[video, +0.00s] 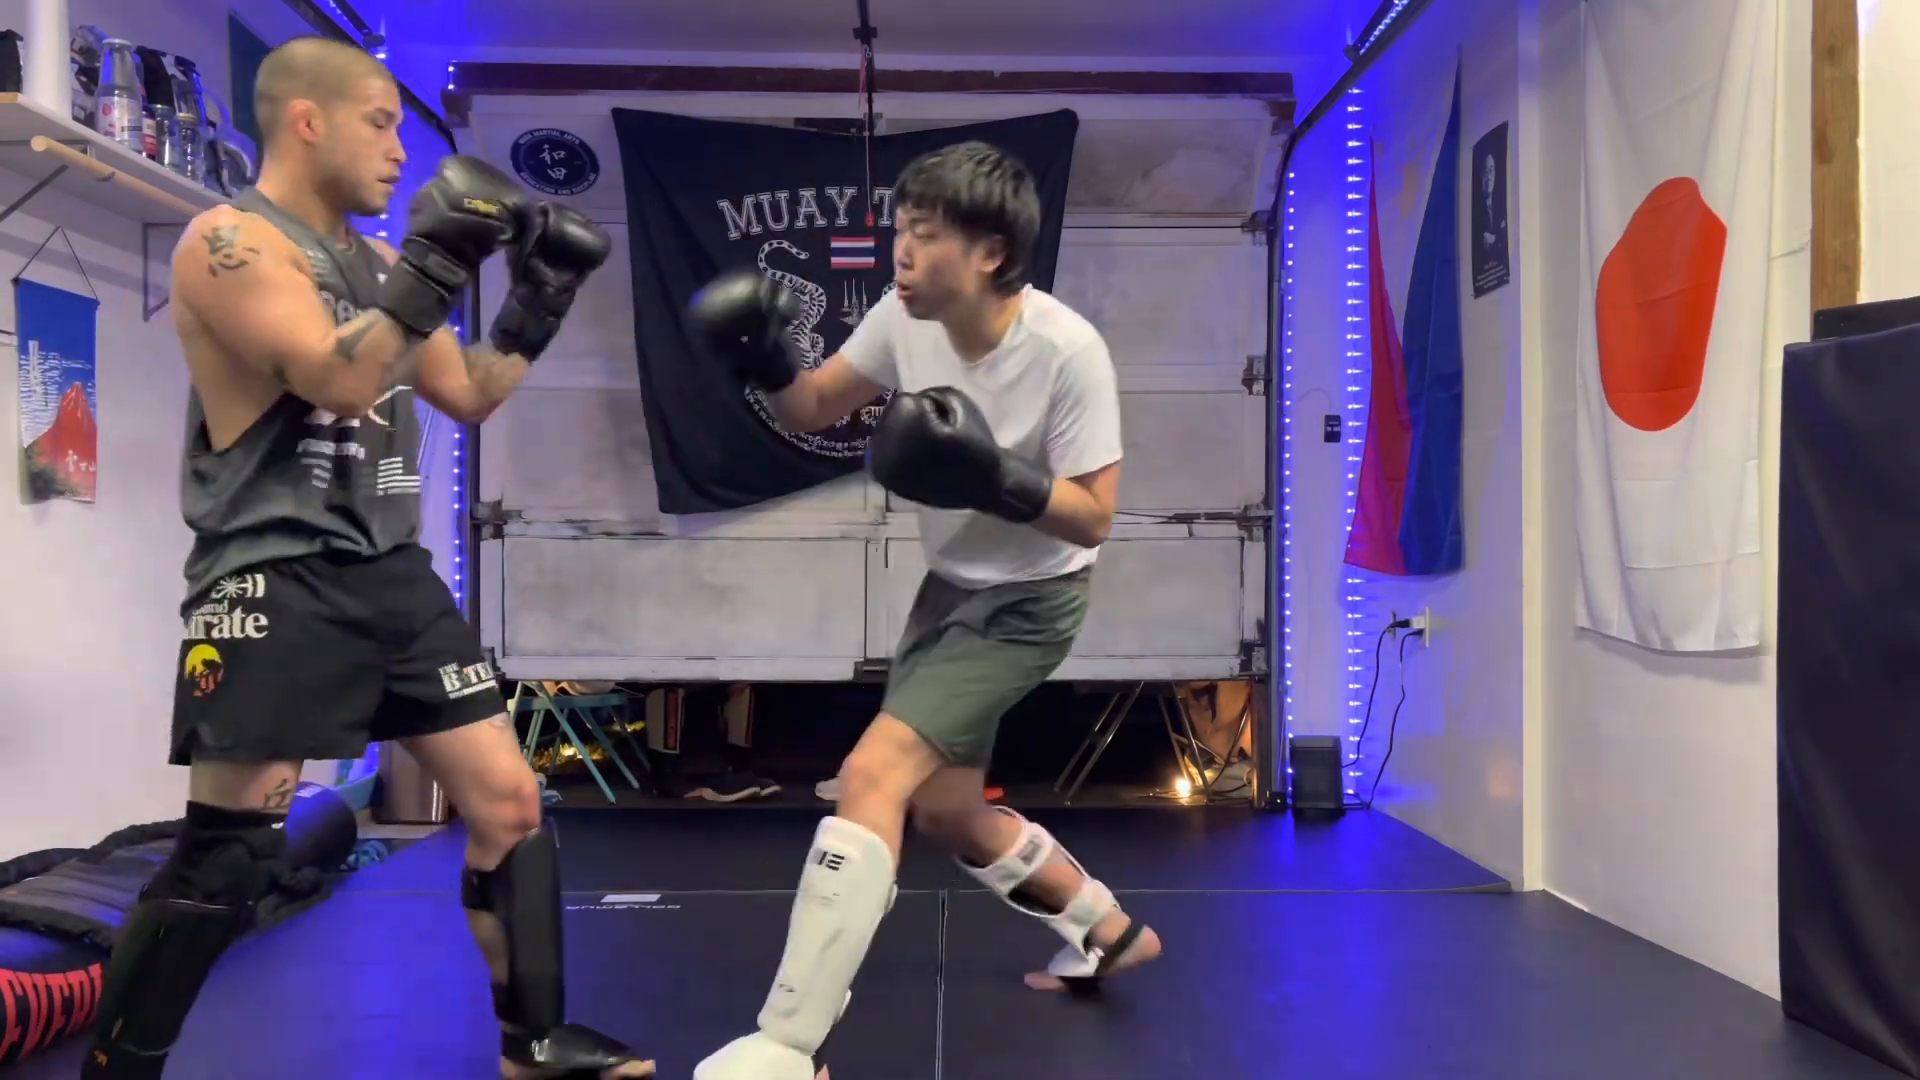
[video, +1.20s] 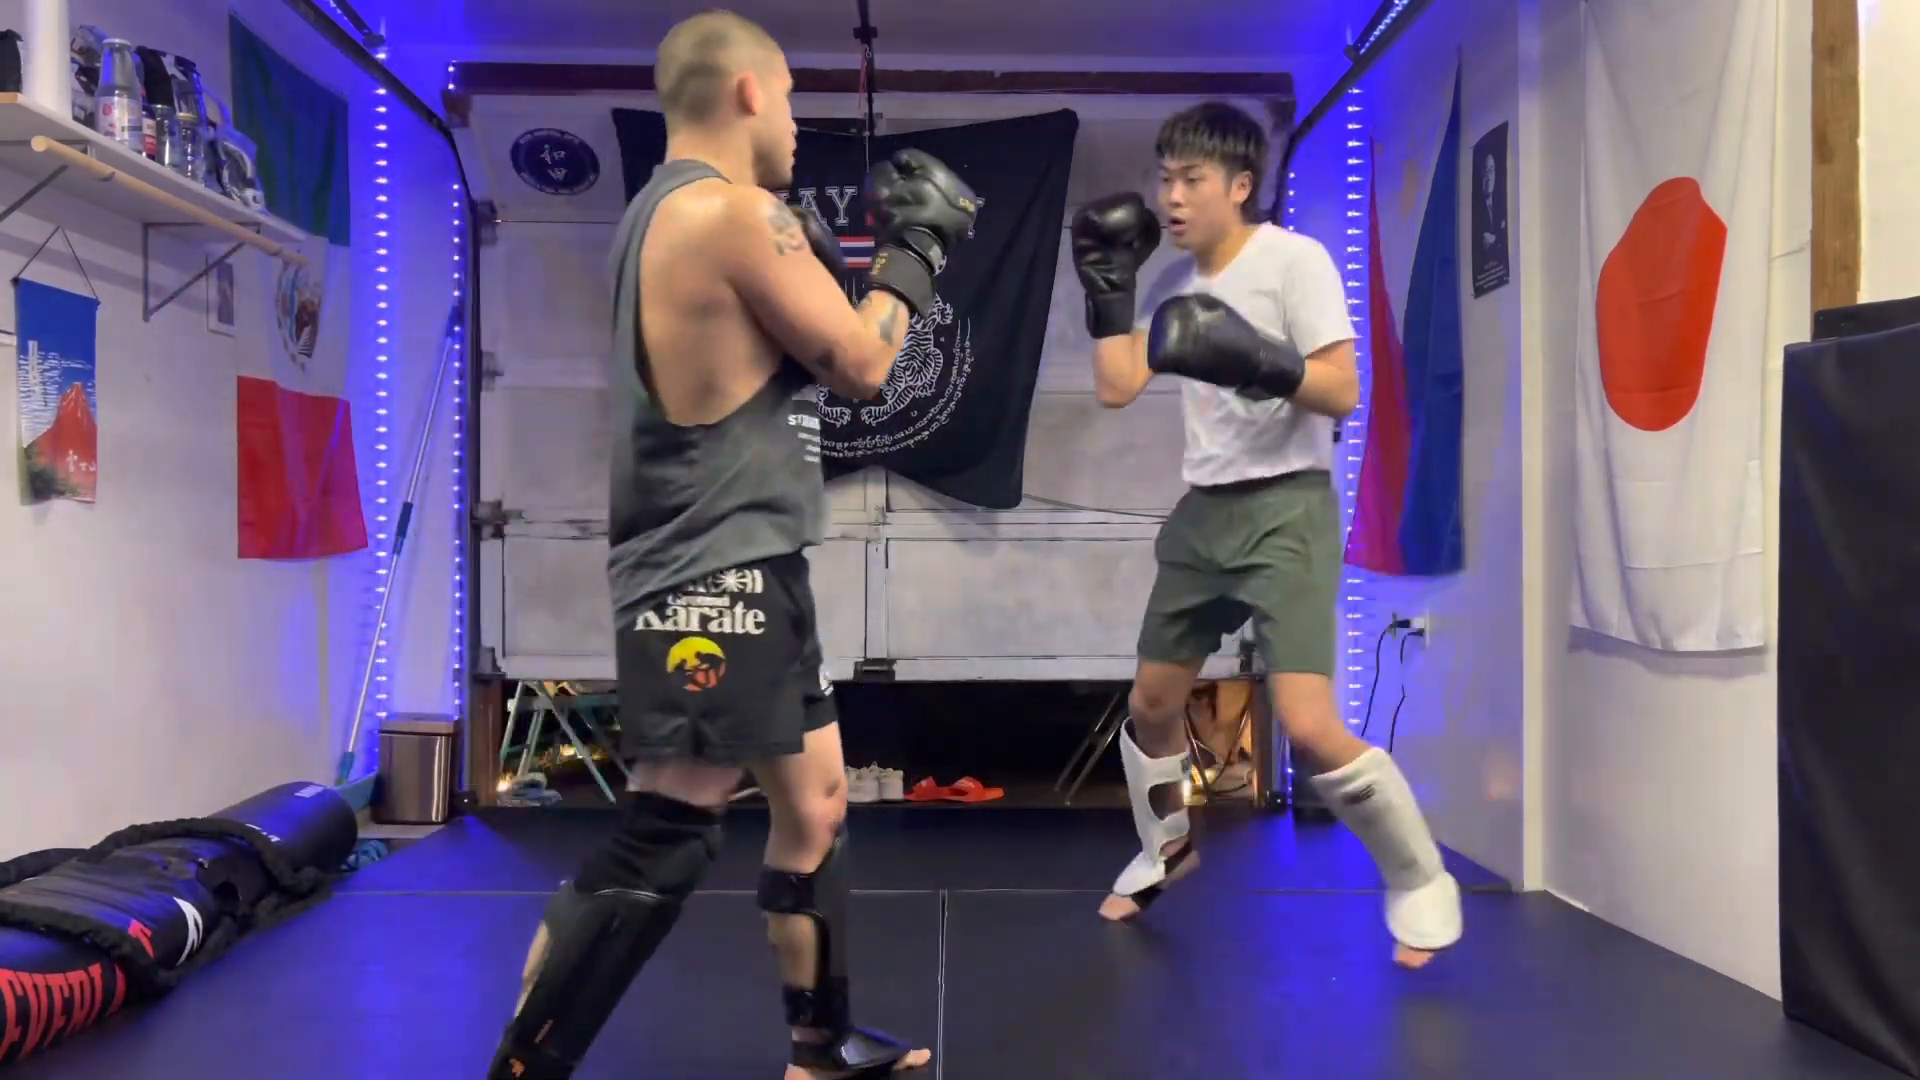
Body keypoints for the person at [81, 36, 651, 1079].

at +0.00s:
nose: (400, 147)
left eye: (399, 125)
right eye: (380, 121)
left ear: (326, 129)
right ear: (305, 123)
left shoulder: (371, 263)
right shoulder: (225, 239)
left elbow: (472, 391)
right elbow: (344, 376)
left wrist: (541, 298)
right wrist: (435, 259)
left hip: (391, 571)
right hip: (272, 571)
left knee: (508, 804)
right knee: (229, 847)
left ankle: (536, 1038)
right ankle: (124, 1061)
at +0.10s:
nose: (452, 144)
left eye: (451, 124)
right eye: (434, 120)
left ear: (365, 131)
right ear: (357, 126)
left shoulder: (421, 270)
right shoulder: (284, 241)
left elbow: (499, 389)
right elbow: (389, 383)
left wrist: (559, 289)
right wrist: (501, 301)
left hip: (439, 577)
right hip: (315, 580)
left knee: (544, 814)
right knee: (248, 845)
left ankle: (538, 1046)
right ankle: (128, 1061)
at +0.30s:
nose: (556, 137)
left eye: (551, 118)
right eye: (540, 113)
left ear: (478, 120)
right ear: (475, 114)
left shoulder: (486, 258)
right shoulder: (410, 217)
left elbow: (491, 410)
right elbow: (447, 377)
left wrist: (595, 364)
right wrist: (611, 402)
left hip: (523, 558)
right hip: (425, 559)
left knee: (566, 812)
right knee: (380, 823)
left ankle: (541, 1046)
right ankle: (191, 1039)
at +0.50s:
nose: (621, 120)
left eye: (616, 99)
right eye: (605, 97)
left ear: (542, 103)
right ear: (541, 100)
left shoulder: (552, 243)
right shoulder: (474, 205)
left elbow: (554, 397)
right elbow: (550, 361)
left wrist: (642, 401)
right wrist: (677, 295)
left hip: (569, 548)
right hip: (481, 543)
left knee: (562, 807)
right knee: (501, 822)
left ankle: (541, 1042)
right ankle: (367, 1060)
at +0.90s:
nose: (715, 107)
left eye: (714, 84)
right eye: (704, 81)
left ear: (635, 80)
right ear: (643, 77)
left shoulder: (634, 218)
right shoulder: (564, 197)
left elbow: (649, 385)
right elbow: (662, 394)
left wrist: (734, 321)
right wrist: (753, 318)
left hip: (652, 548)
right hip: (579, 553)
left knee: (735, 793)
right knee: (583, 850)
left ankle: (626, 999)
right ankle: (507, 1068)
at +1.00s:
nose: (737, 104)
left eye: (734, 81)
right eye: (728, 79)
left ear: (654, 76)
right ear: (674, 74)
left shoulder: (634, 193)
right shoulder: (616, 186)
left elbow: (715, 361)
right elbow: (738, 364)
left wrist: (785, 267)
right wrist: (802, 259)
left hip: (673, 547)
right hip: (617, 552)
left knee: (752, 793)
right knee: (588, 835)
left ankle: (742, 1027)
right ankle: (511, 1067)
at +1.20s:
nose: (794, 116)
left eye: (789, 96)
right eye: (787, 95)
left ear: (693, 102)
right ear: (747, 95)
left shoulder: (668, 208)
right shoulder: (727, 212)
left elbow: (761, 365)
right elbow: (863, 361)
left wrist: (804, 261)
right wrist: (915, 251)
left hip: (734, 566)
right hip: (711, 573)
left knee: (813, 806)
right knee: (671, 826)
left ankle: (822, 1044)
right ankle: (528, 1059)